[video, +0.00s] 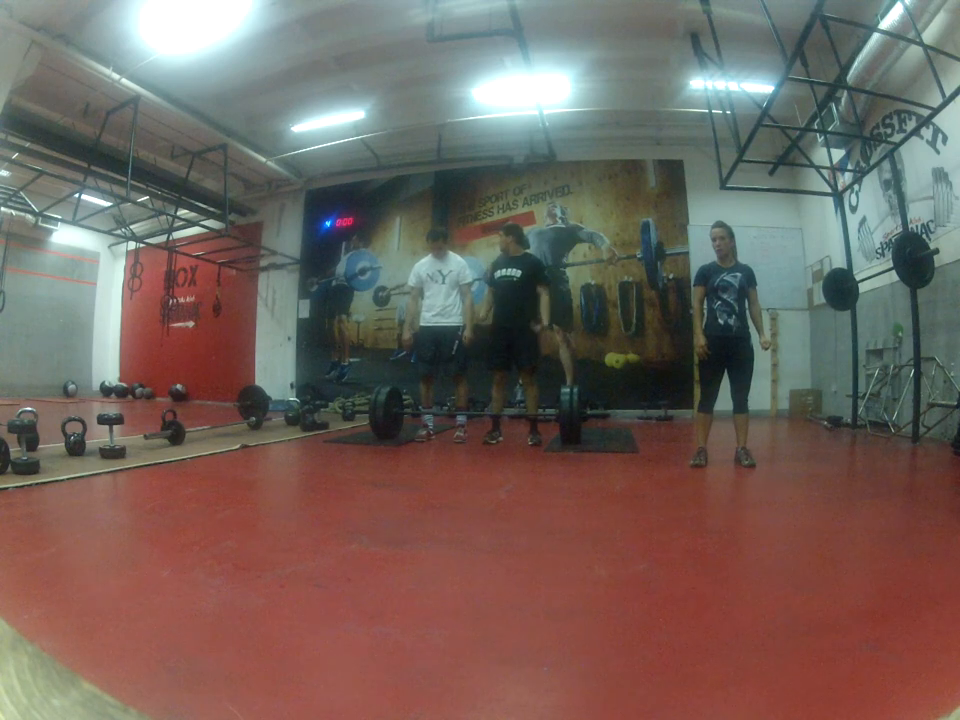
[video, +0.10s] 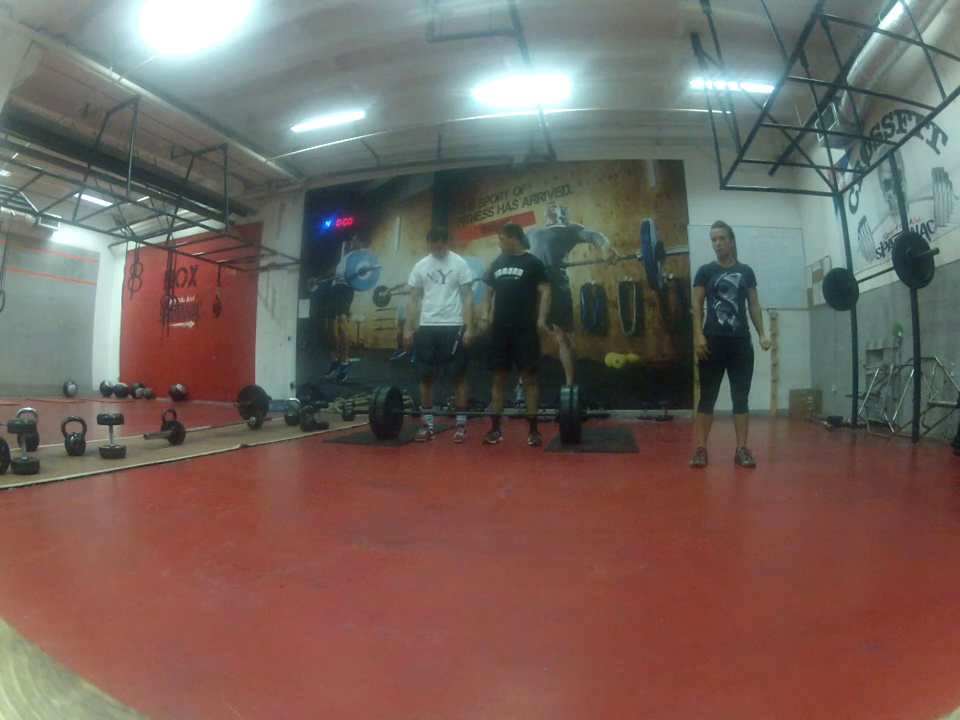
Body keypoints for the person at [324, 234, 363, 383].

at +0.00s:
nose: (352, 243)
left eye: (355, 240)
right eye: (352, 240)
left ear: (360, 242)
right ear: (352, 242)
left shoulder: (359, 256)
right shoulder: (347, 256)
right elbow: (336, 273)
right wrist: (319, 280)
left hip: (346, 288)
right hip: (335, 288)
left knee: (342, 324)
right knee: (334, 325)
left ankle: (345, 362)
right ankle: (335, 361)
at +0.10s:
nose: (352, 243)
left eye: (355, 241)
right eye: (352, 241)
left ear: (361, 243)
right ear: (352, 242)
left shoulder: (361, 256)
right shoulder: (347, 256)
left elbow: (363, 274)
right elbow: (336, 273)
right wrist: (319, 280)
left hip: (346, 288)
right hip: (335, 288)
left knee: (342, 323)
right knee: (334, 325)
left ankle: (345, 362)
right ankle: (335, 361)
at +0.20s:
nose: (352, 243)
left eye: (355, 240)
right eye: (352, 240)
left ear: (360, 242)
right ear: (353, 242)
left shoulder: (360, 256)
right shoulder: (347, 256)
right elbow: (337, 273)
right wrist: (320, 280)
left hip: (346, 288)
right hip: (335, 287)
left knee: (342, 323)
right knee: (334, 325)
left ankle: (345, 362)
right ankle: (335, 361)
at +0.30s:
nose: (352, 243)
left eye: (355, 241)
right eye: (352, 240)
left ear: (361, 243)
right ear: (352, 242)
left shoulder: (360, 256)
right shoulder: (347, 256)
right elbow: (336, 273)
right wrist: (319, 280)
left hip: (346, 288)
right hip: (335, 288)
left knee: (342, 323)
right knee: (333, 325)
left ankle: (345, 362)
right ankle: (335, 360)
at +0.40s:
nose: (352, 243)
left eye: (355, 241)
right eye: (352, 241)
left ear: (361, 243)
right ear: (353, 242)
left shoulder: (360, 257)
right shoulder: (347, 256)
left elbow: (363, 275)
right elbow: (336, 273)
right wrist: (319, 280)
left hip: (346, 288)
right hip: (335, 288)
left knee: (342, 323)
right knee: (334, 325)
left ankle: (345, 362)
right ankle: (335, 361)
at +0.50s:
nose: (352, 243)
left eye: (355, 241)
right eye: (352, 240)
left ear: (361, 243)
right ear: (353, 242)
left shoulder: (360, 257)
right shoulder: (347, 256)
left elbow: (363, 275)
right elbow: (336, 273)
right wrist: (319, 280)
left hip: (346, 288)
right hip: (335, 288)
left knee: (342, 323)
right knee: (334, 325)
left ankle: (345, 362)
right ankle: (335, 361)